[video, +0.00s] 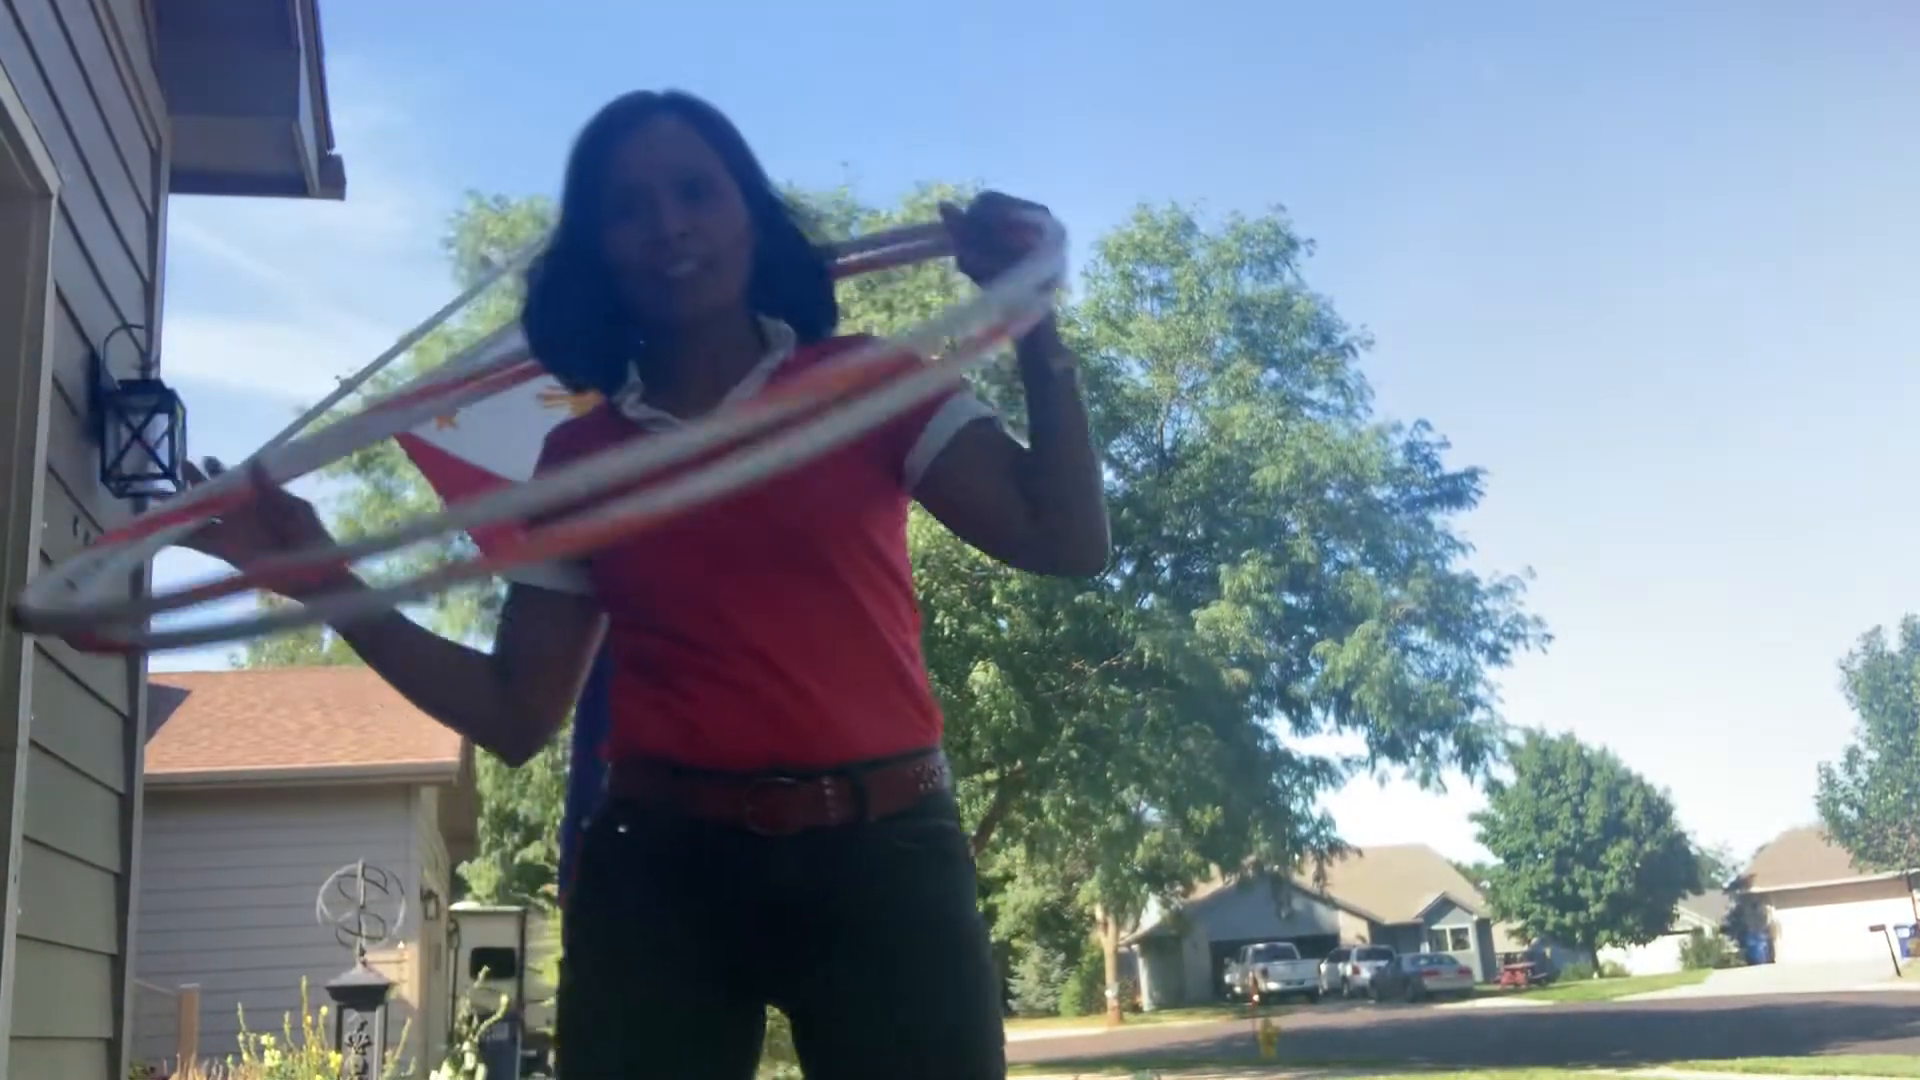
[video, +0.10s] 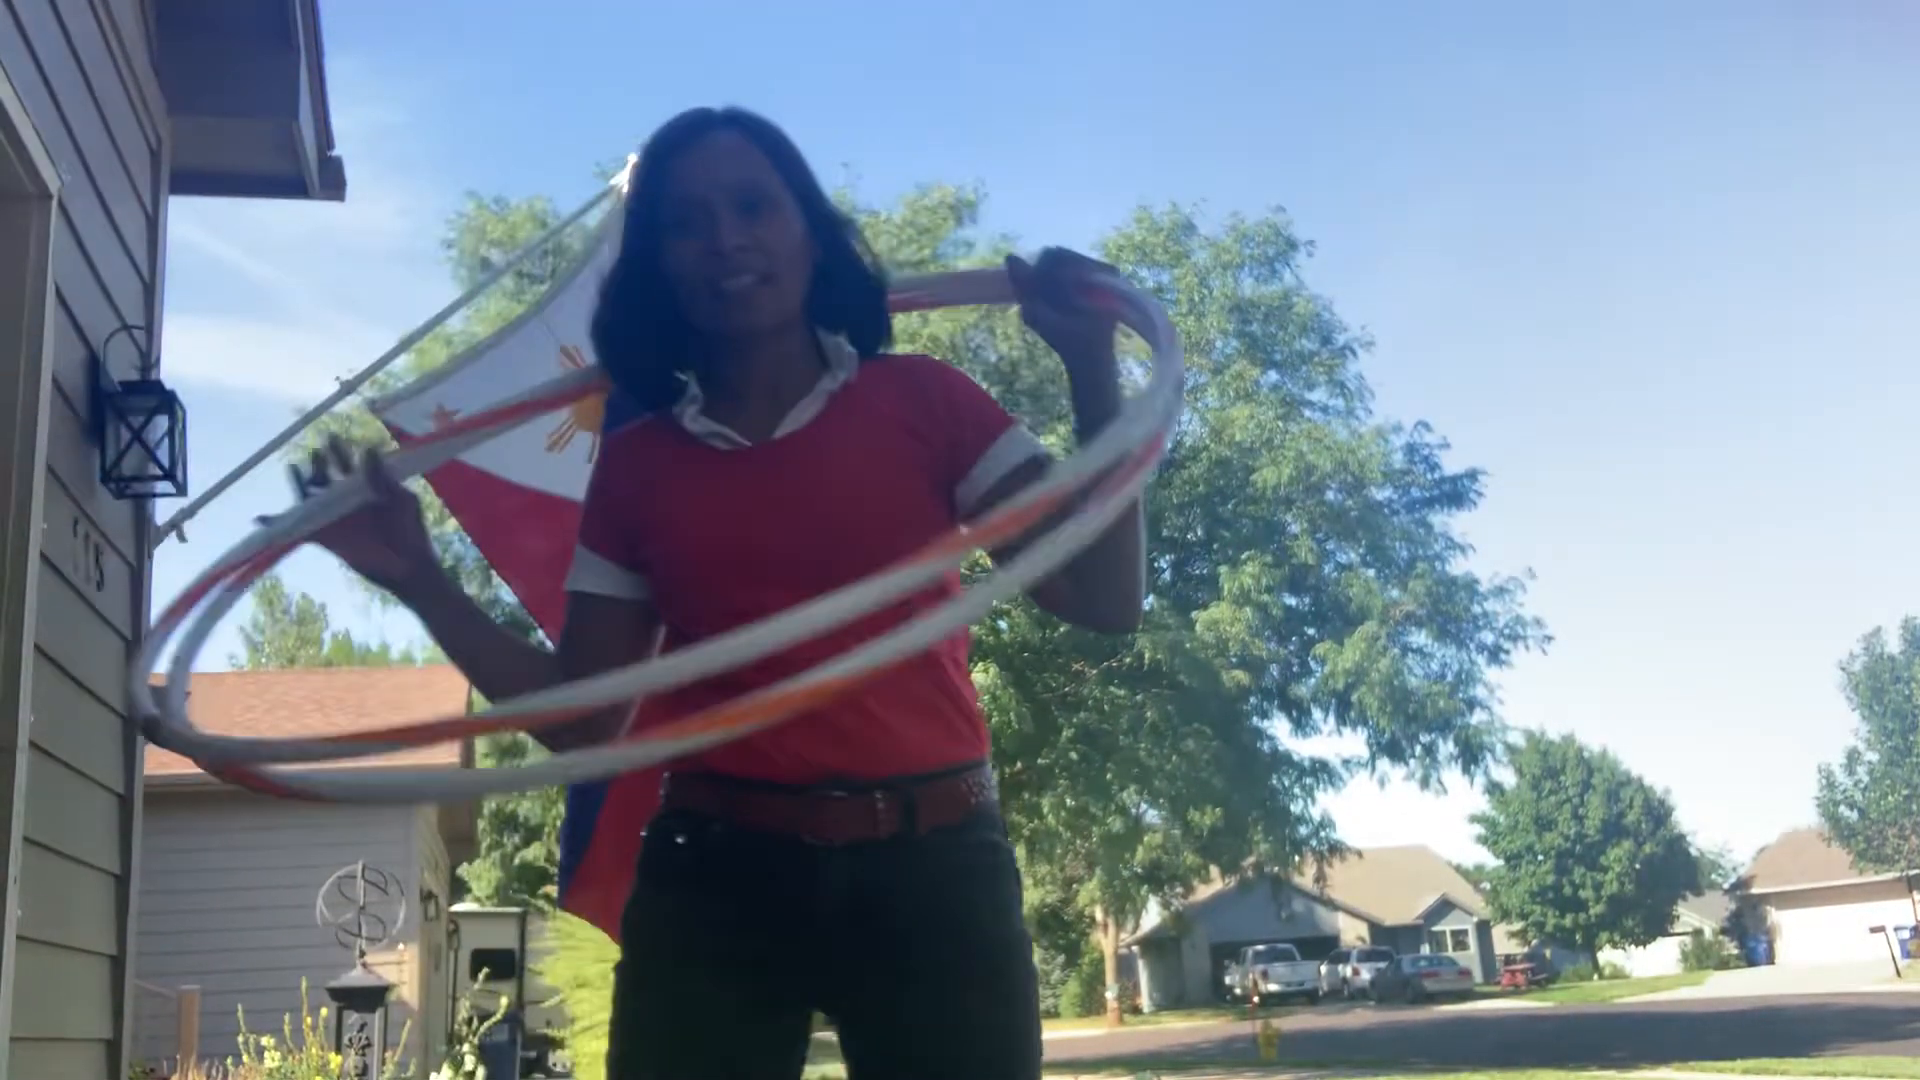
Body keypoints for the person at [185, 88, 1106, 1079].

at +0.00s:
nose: (669, 227)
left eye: (696, 191)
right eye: (627, 208)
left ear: (753, 214)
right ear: (596, 254)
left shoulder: (862, 380)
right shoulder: (588, 456)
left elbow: (1067, 537)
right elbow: (515, 713)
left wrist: (1033, 317)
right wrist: (326, 582)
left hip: (885, 848)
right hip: (660, 852)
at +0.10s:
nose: (726, 240)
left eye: (754, 206)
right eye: (687, 222)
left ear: (812, 230)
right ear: (654, 269)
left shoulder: (921, 399)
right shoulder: (640, 460)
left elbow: (1102, 600)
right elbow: (583, 720)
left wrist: (1093, 363)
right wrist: (418, 576)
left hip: (933, 863)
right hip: (713, 868)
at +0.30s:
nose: (837, 252)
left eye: (865, 218)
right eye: (802, 231)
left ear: (920, 242)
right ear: (768, 272)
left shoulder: (1016, 424)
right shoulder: (732, 455)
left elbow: (1152, 642)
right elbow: (677, 700)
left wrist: (1193, 442)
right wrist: (555, 553)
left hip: (998, 863)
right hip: (791, 874)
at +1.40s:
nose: (823, 248)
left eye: (855, 219)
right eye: (793, 230)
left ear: (920, 250)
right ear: (767, 278)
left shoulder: (1011, 419)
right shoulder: (742, 468)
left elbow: (1138, 645)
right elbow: (710, 723)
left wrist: (1111, 420)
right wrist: (584, 556)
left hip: (994, 862)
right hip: (794, 866)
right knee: (697, 1072)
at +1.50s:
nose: (778, 250)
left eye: (810, 220)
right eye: (750, 232)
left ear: (877, 249)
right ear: (726, 279)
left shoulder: (965, 408)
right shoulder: (711, 474)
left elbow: (1078, 632)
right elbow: (700, 731)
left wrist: (1018, 396)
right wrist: (565, 583)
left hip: (972, 860)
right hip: (771, 869)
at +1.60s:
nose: (711, 250)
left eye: (745, 219)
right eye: (685, 235)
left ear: (817, 251)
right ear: (662, 281)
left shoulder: (914, 406)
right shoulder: (657, 465)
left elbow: (995, 632)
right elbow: (659, 740)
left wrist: (902, 393)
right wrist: (511, 589)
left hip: (933, 861)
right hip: (734, 877)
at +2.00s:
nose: (704, 257)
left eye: (738, 228)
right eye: (681, 253)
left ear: (815, 257)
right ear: (667, 312)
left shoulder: (908, 424)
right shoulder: (645, 482)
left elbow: (928, 652)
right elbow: (606, 745)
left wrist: (842, 475)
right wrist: (517, 553)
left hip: (901, 869)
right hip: (699, 881)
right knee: (602, 1067)